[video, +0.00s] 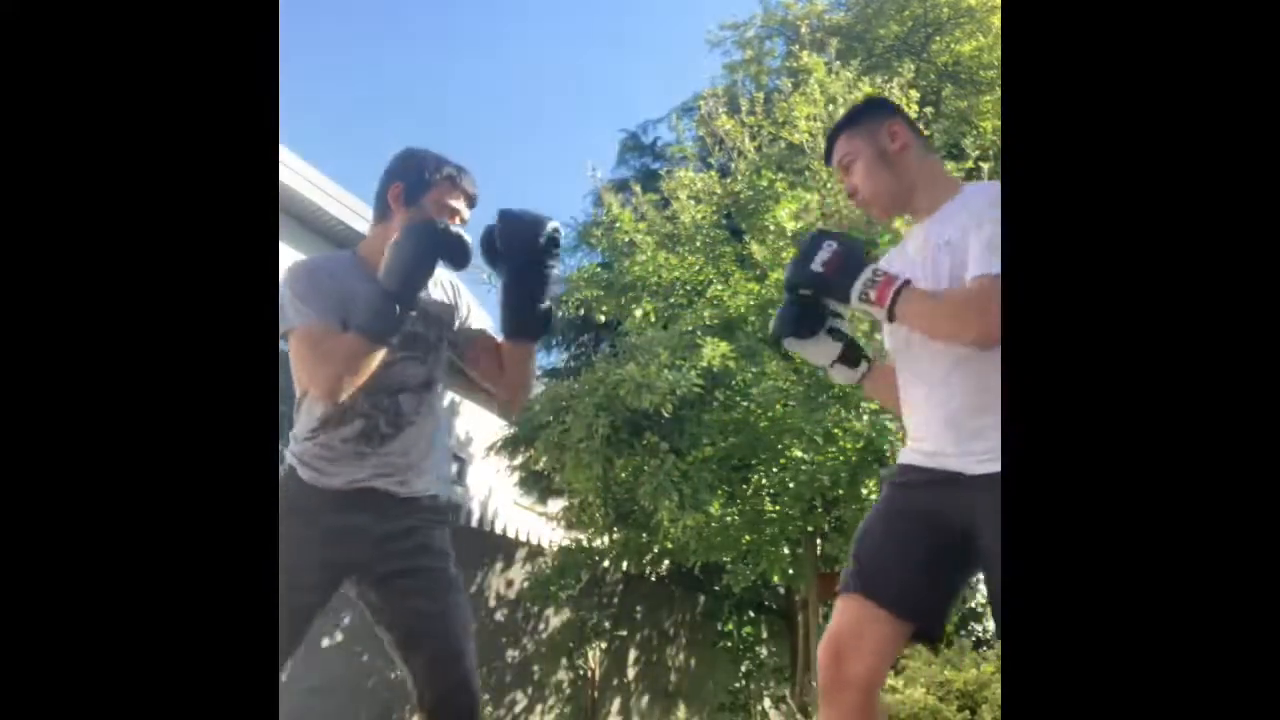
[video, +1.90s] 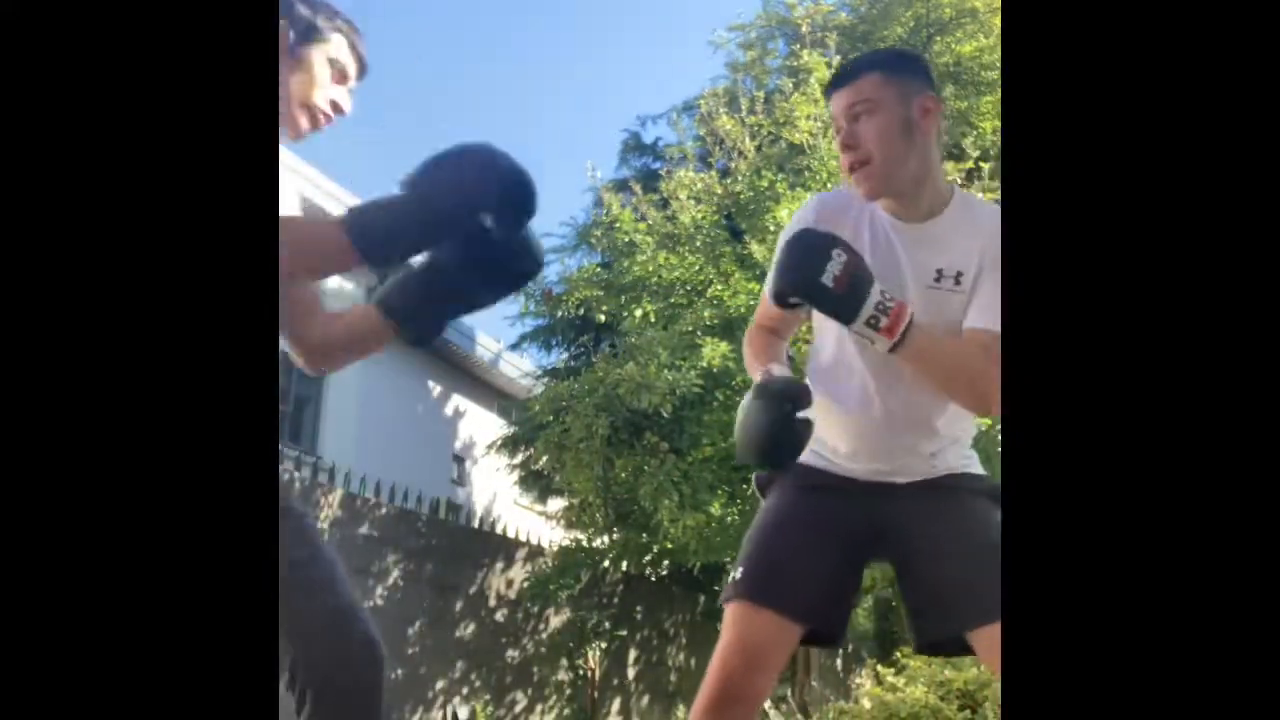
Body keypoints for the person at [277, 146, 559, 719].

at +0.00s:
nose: (459, 225)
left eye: (465, 215)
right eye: (451, 205)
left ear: (460, 230)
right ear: (397, 195)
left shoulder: (445, 303)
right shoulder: (313, 276)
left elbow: (511, 392)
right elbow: (326, 383)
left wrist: (524, 281)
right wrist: (396, 290)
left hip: (412, 519)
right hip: (311, 507)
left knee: (456, 701)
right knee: (277, 663)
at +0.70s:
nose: (405, 204)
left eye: (411, 192)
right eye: (394, 183)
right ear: (340, 165)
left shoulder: (384, 268)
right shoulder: (287, 249)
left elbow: (499, 288)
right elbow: (285, 362)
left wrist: (615, 264)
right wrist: (335, 282)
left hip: (322, 497)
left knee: (361, 681)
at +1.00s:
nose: (385, 147)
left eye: (391, 135)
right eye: (374, 125)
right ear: (313, 103)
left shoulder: (374, 227)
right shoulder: (284, 206)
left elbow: (431, 340)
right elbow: (284, 294)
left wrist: (511, 285)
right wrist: (310, 217)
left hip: (324, 474)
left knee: (356, 683)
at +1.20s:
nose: (319, 126)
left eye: (325, 115)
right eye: (308, 103)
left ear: (325, 121)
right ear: (277, 86)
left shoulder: (297, 225)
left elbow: (331, 334)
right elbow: (330, 333)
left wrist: (403, 266)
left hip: (288, 454)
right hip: (289, 454)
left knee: (342, 684)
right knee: (337, 683)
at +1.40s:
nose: (352, 77)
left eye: (356, 65)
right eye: (343, 59)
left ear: (326, 82)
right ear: (299, 64)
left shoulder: (292, 178)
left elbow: (359, 282)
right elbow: (359, 280)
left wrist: (382, 161)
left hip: (282, 432)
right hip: (281, 435)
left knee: (321, 650)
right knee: (318, 652)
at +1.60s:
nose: (377, 134)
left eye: (388, 117)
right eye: (378, 106)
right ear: (342, 71)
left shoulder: (318, 191)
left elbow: (419, 305)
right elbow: (344, 232)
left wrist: (456, 184)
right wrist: (412, 121)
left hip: (284, 450)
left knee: (337, 675)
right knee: (334, 675)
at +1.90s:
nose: (343, 102)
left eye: (353, 88)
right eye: (337, 70)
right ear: (287, 41)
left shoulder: (290, 188)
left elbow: (318, 344)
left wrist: (437, 291)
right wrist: (396, 223)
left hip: (282, 463)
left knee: (346, 658)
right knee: (342, 657)